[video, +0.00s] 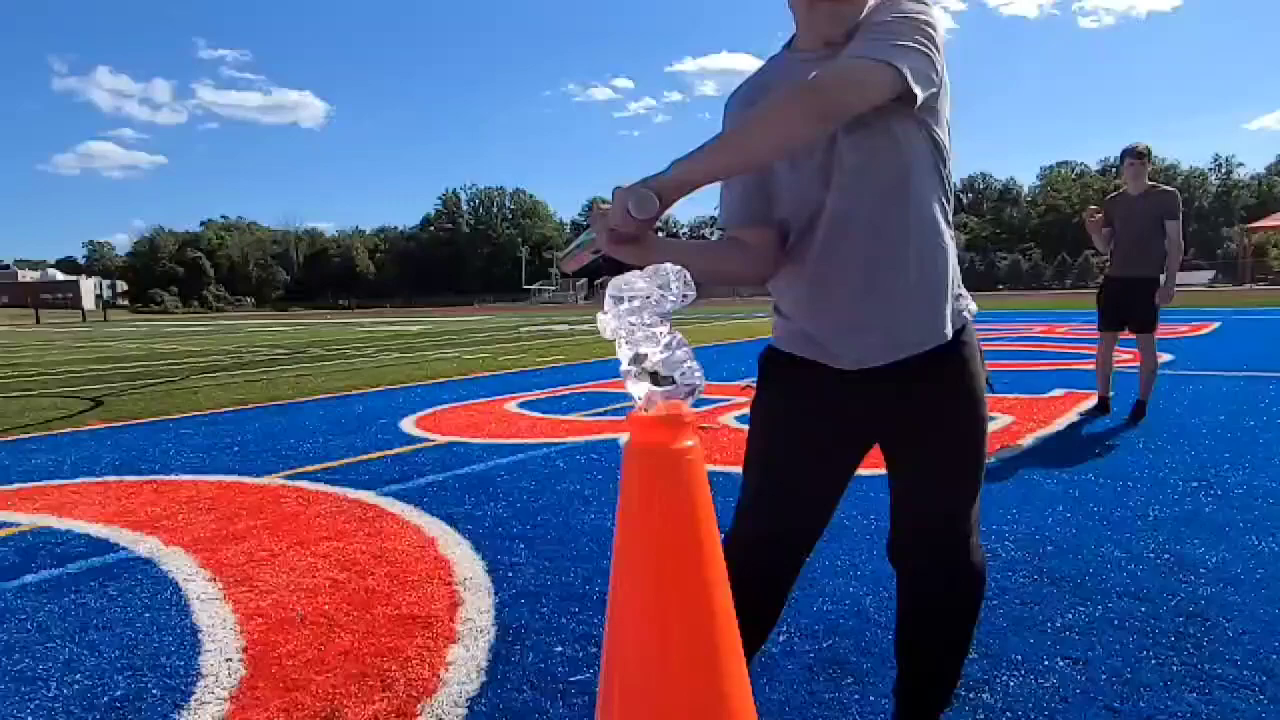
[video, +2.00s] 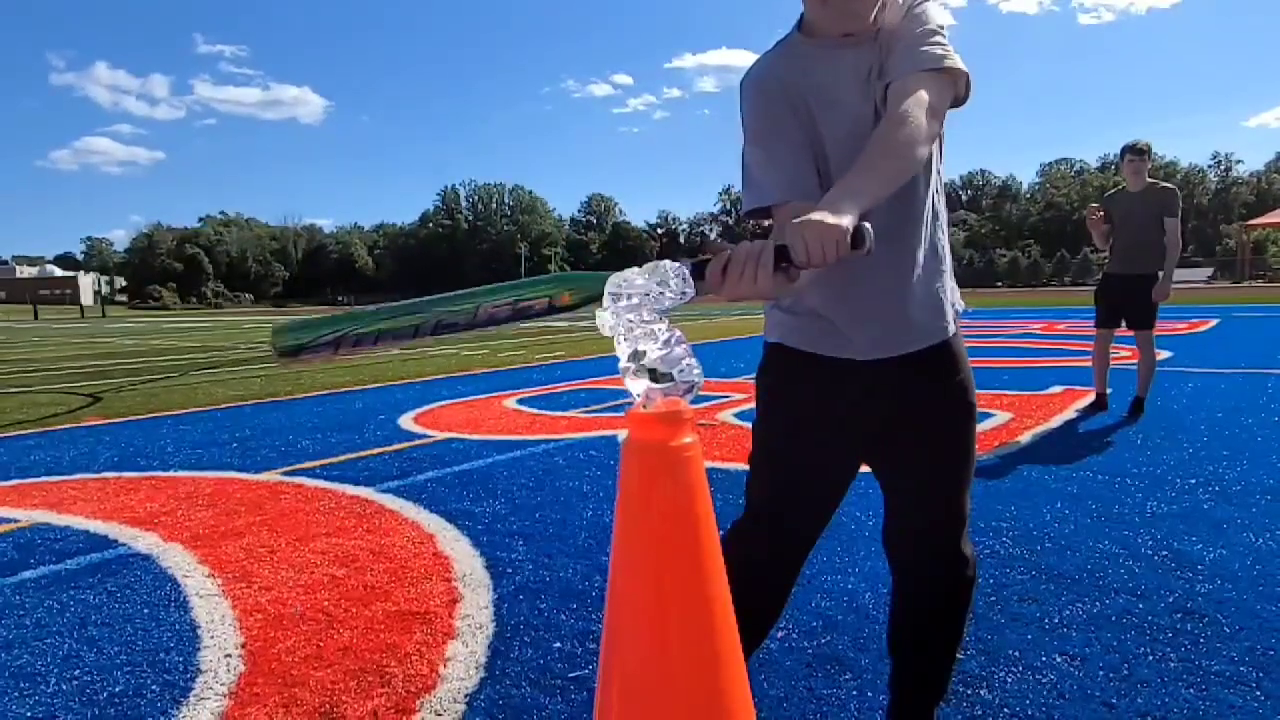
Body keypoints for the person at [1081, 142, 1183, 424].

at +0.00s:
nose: (1135, 164)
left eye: (1140, 159)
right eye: (1129, 160)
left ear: (1148, 165)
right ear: (1122, 167)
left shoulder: (1167, 197)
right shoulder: (1113, 202)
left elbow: (1174, 243)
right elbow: (1104, 247)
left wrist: (1168, 284)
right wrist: (1094, 229)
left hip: (1146, 280)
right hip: (1115, 280)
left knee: (1145, 343)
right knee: (1106, 341)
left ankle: (1141, 402)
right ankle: (1103, 400)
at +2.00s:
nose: (1136, 165)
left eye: (1141, 160)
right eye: (1131, 160)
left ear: (1149, 163)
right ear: (1122, 165)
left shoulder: (1166, 194)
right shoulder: (1112, 199)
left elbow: (1173, 240)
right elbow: (1102, 244)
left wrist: (1166, 279)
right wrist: (1095, 227)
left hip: (1145, 278)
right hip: (1113, 277)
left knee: (1144, 342)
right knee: (1102, 338)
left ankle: (1139, 400)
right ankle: (1100, 396)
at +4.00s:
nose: (1133, 167)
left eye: (1138, 161)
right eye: (1128, 161)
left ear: (1147, 165)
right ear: (1118, 166)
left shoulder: (1162, 196)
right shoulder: (1107, 200)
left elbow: (1183, 227)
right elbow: (1090, 233)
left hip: (1142, 274)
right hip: (1107, 272)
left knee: (1140, 338)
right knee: (1095, 335)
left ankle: (1136, 396)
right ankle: (1095, 394)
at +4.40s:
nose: (1128, 166)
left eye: (1134, 160)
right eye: (1124, 159)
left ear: (1144, 161)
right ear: (1116, 160)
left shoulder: (1153, 198)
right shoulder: (1101, 193)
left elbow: (1165, 246)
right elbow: (1086, 230)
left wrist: (1159, 281)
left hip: (1138, 271)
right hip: (1100, 269)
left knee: (1139, 338)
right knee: (1095, 335)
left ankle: (1135, 396)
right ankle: (1095, 393)